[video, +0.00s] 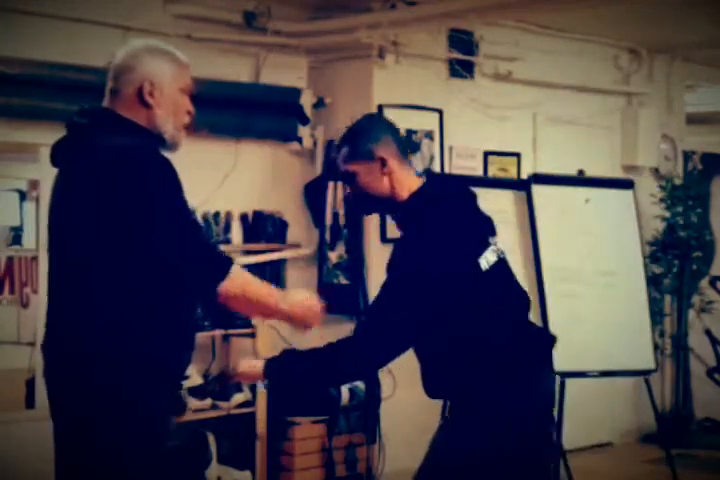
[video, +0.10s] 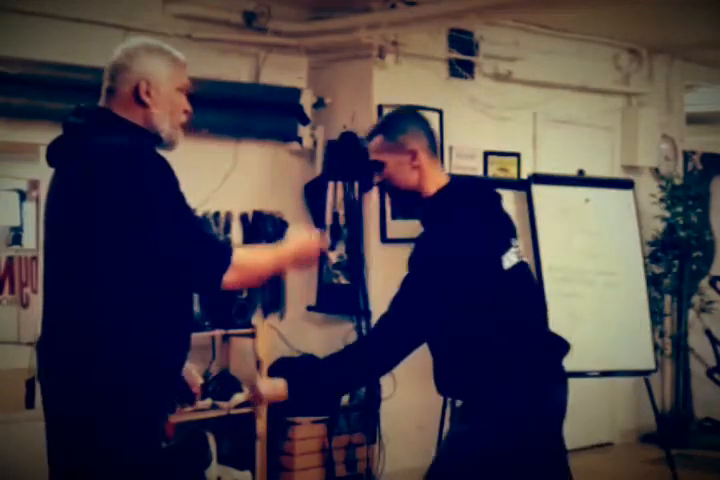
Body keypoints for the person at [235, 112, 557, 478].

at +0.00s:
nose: (352, 190)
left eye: (353, 177)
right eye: (348, 179)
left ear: (385, 165)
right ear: (387, 163)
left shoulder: (426, 238)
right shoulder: (449, 199)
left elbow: (372, 348)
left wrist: (271, 371)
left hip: (488, 395)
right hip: (522, 376)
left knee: (438, 472)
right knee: (529, 470)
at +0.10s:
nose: (378, 180)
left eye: (382, 167)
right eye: (375, 169)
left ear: (415, 156)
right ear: (418, 157)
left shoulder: (449, 230)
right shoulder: (474, 199)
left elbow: (392, 339)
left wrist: (296, 384)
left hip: (499, 396)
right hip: (533, 382)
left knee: (448, 472)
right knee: (546, 473)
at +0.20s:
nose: (410, 169)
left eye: (418, 156)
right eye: (408, 159)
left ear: (455, 151)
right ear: (456, 153)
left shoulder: (481, 221)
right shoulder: (508, 198)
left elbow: (425, 335)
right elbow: (552, 307)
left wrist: (342, 405)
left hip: (510, 398)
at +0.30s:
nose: (452, 158)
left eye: (460, 145)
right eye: (453, 147)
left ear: (497, 146)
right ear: (496, 147)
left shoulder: (514, 216)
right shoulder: (539, 202)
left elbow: (479, 345)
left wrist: (398, 412)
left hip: (539, 396)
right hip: (569, 385)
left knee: (498, 472)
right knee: (574, 473)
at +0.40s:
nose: (485, 148)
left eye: (493, 135)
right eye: (486, 137)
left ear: (531, 139)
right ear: (530, 141)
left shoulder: (543, 209)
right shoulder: (567, 197)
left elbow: (533, 347)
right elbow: (557, 295)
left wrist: (463, 402)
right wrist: (499, 311)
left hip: (554, 395)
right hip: (584, 382)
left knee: (525, 471)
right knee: (581, 470)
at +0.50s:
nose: (509, 139)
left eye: (518, 127)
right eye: (511, 128)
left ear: (556, 132)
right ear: (553, 135)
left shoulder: (568, 196)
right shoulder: (573, 189)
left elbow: (560, 312)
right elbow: (562, 287)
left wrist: (503, 381)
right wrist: (514, 308)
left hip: (572, 378)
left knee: (536, 470)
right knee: (587, 469)